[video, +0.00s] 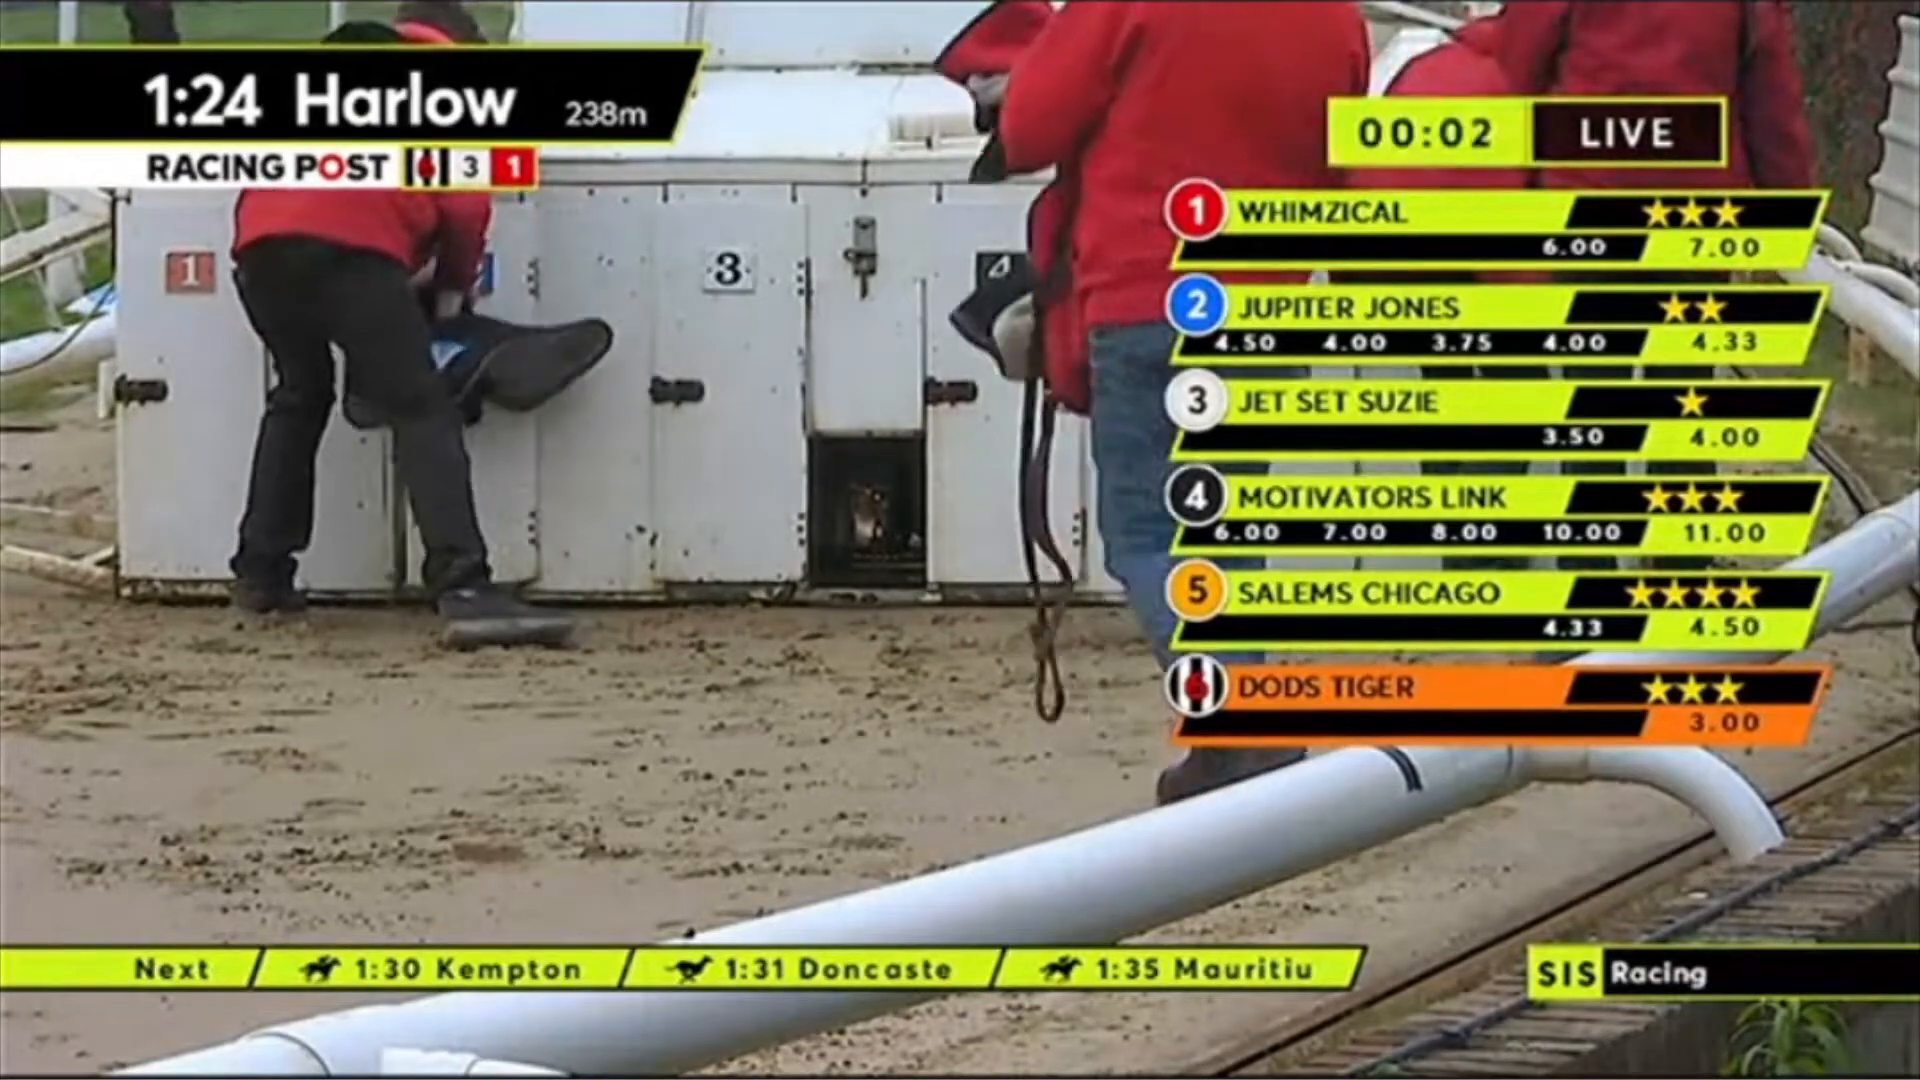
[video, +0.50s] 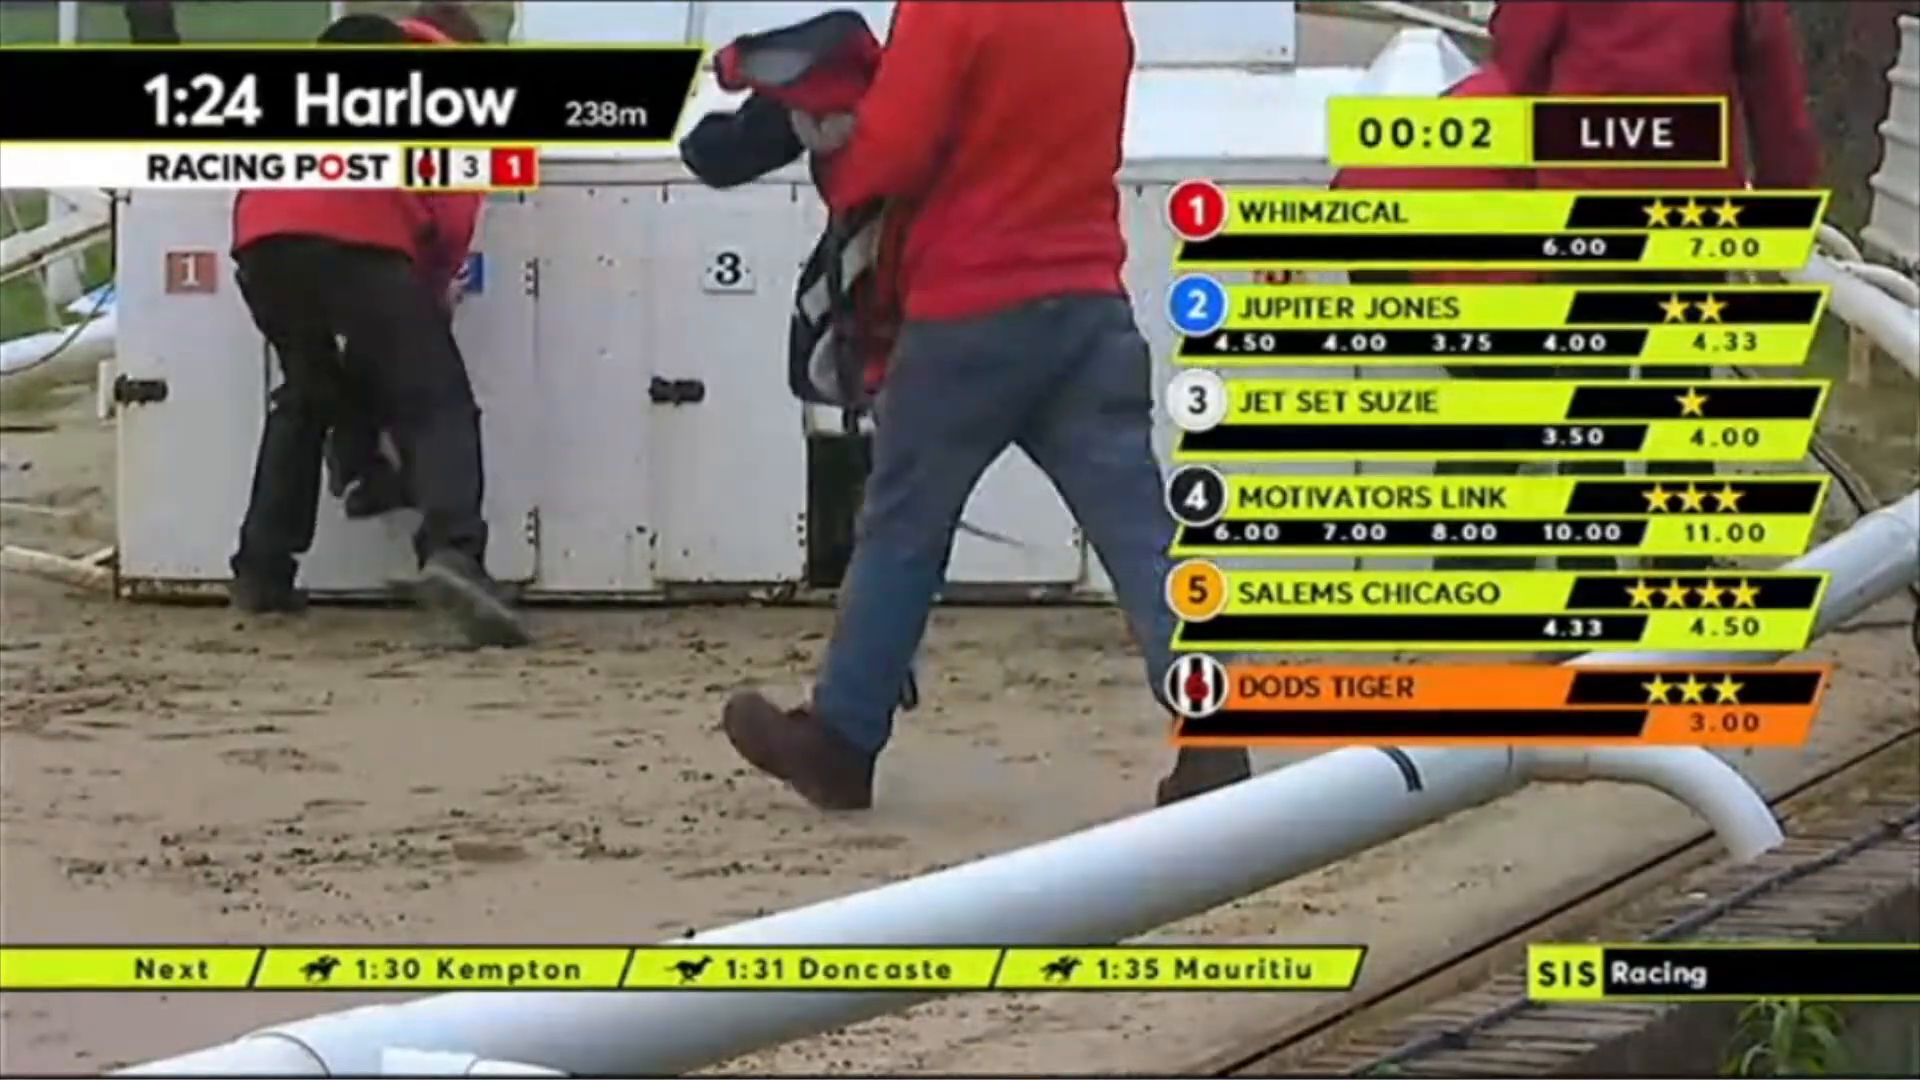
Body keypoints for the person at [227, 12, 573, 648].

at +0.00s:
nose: (473, 63)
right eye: (470, 50)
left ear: (402, 26)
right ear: (458, 43)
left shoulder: (331, 69)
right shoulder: (456, 90)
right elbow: (467, 209)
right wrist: (454, 292)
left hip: (262, 245)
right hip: (360, 252)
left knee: (299, 390)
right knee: (422, 409)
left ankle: (260, 575)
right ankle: (463, 586)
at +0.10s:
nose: (478, 57)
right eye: (476, 47)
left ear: (406, 22)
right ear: (466, 36)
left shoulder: (333, 56)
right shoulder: (463, 72)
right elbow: (474, 199)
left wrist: (392, 262)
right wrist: (453, 277)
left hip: (257, 239)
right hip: (351, 244)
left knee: (319, 395)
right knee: (411, 415)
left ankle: (263, 574)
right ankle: (419, 591)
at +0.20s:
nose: (479, 67)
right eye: (477, 55)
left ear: (410, 26)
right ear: (467, 41)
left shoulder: (342, 59)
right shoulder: (465, 76)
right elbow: (472, 201)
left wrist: (404, 262)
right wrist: (449, 273)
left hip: (258, 241)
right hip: (349, 247)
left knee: (326, 400)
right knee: (395, 415)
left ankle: (264, 573)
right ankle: (413, 591)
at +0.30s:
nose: (473, 81)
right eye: (474, 69)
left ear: (411, 31)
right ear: (466, 50)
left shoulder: (339, 62)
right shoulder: (462, 85)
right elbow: (462, 221)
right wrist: (438, 281)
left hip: (255, 238)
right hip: (349, 247)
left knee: (312, 396)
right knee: (402, 414)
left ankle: (262, 574)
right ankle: (416, 591)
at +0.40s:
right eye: (469, 71)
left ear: (409, 29)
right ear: (461, 50)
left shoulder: (330, 61)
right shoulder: (459, 85)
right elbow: (458, 220)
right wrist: (434, 291)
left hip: (259, 244)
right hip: (357, 253)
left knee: (303, 395)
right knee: (415, 416)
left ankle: (262, 574)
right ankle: (424, 585)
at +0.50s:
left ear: (412, 26)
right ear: (461, 43)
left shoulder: (313, 70)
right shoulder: (455, 79)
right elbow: (455, 214)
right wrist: (432, 292)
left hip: (262, 240)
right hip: (365, 245)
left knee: (305, 391)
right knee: (441, 406)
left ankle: (262, 573)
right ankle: (452, 555)